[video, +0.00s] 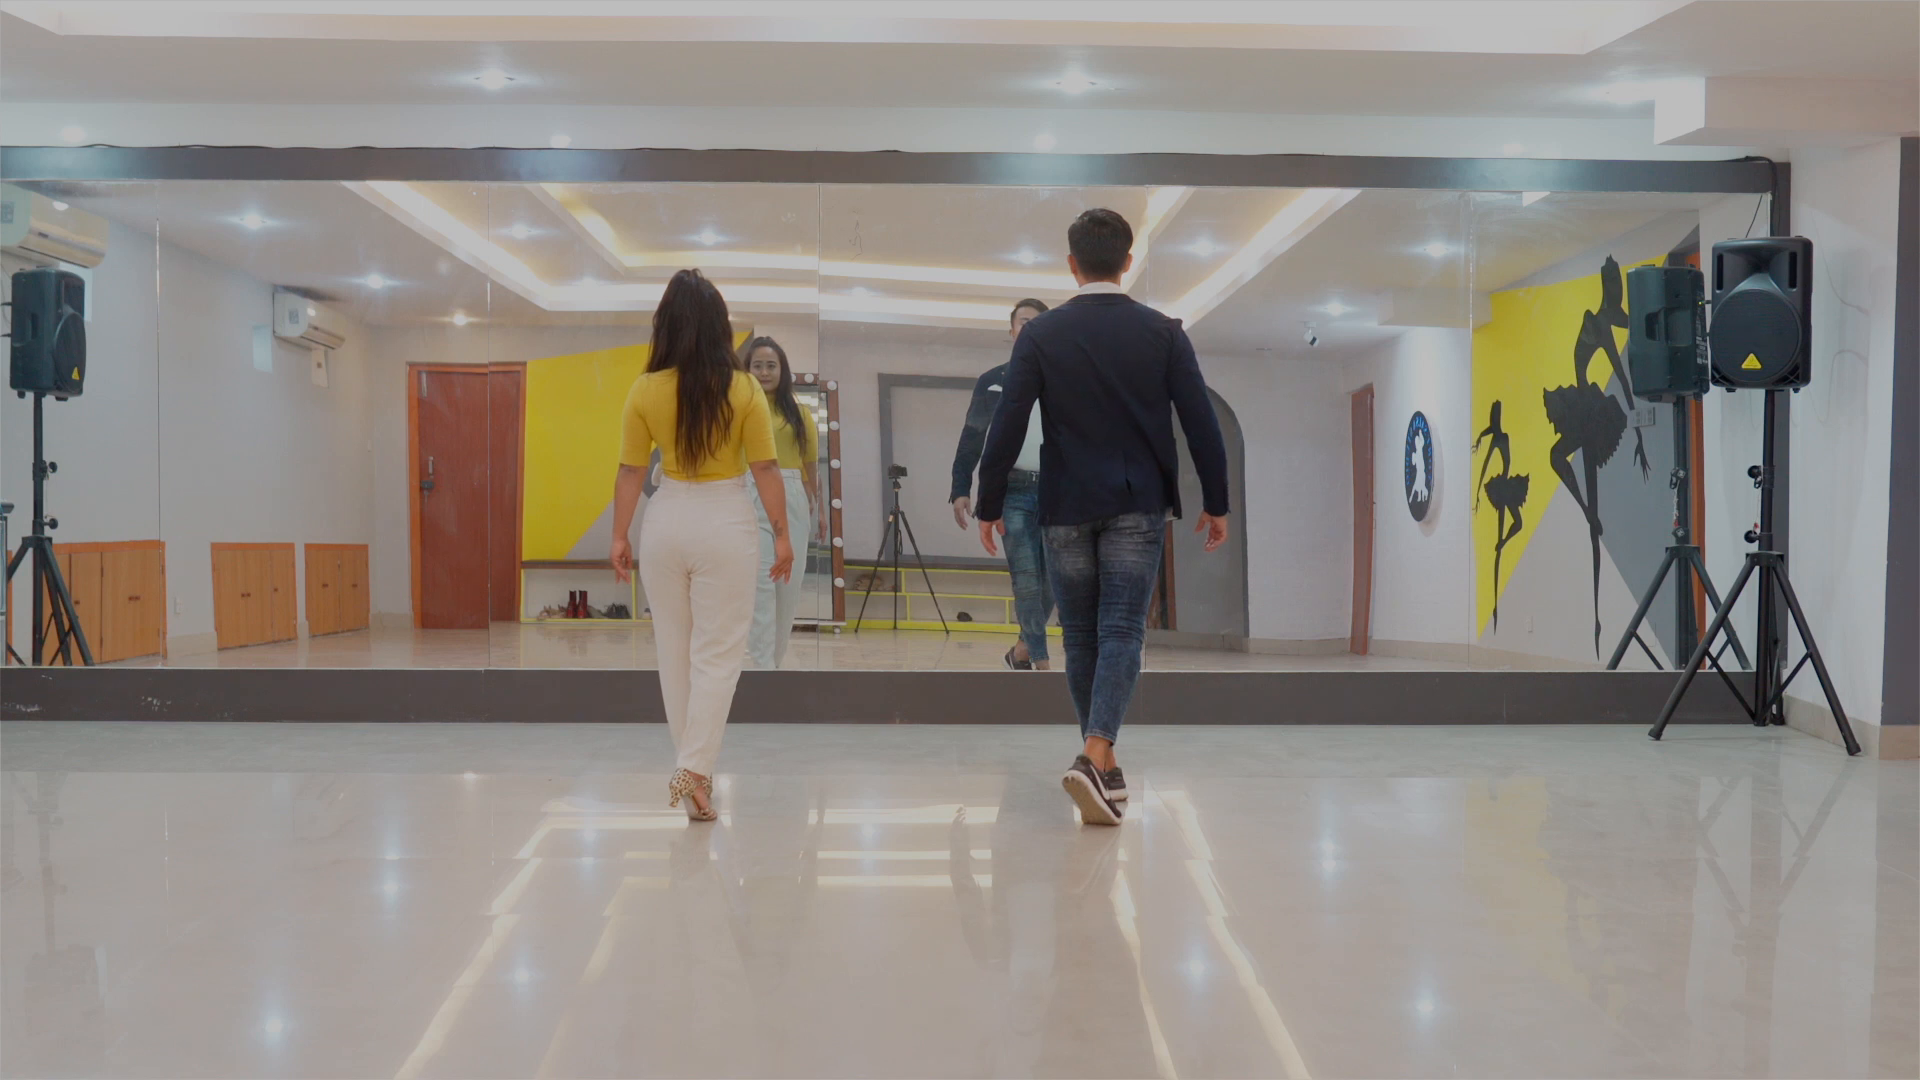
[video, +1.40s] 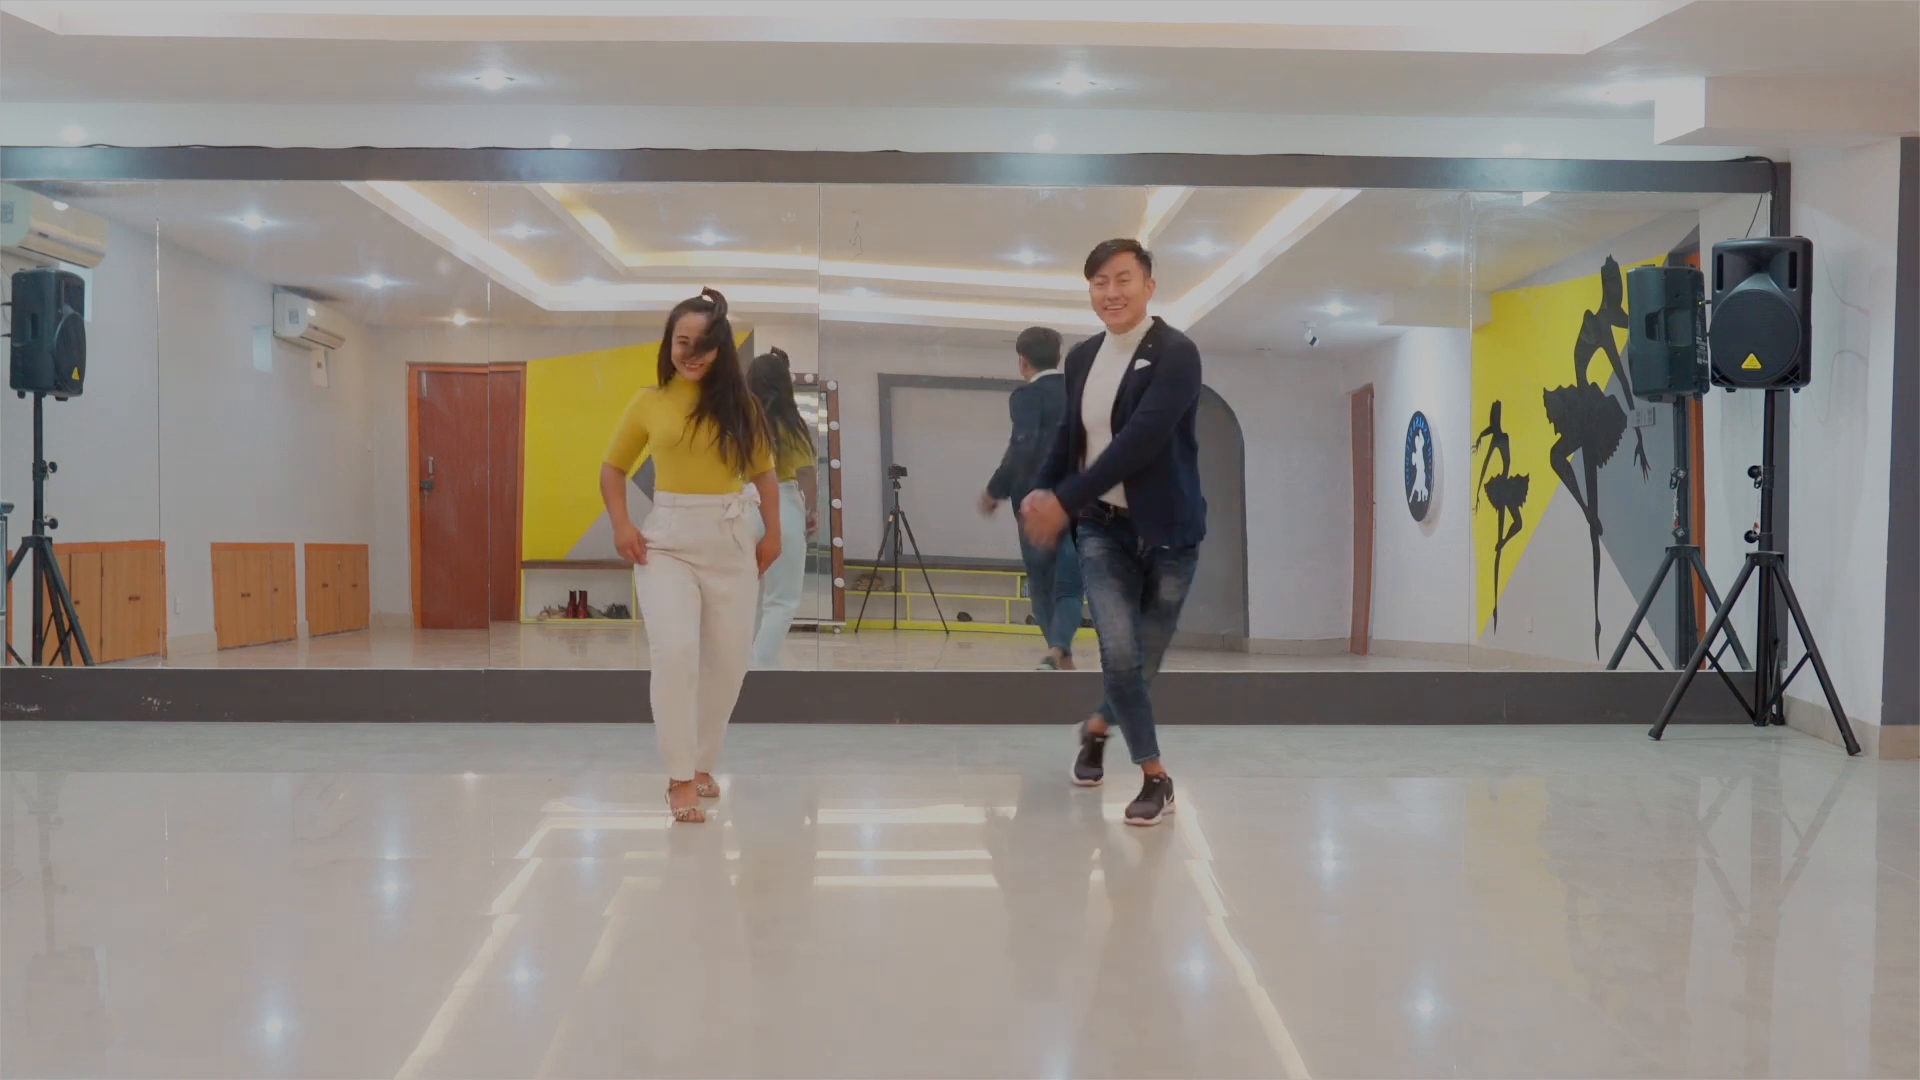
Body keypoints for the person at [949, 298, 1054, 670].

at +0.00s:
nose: (1028, 329)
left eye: (1036, 324)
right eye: (1022, 323)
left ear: (1048, 332)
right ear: (1011, 330)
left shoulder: (1062, 379)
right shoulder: (993, 381)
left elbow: (1077, 434)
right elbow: (972, 436)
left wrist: (1080, 486)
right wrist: (961, 488)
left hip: (1057, 488)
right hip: (1014, 486)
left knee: (1055, 577)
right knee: (1026, 574)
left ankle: (1021, 650)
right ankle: (1041, 661)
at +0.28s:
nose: (1040, 335)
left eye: (1046, 329)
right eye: (1033, 329)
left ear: (1055, 336)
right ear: (1019, 336)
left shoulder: (1069, 383)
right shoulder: (1005, 382)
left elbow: (1084, 438)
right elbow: (973, 436)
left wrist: (1072, 485)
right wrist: (1007, 486)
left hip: (1060, 497)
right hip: (1021, 498)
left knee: (1060, 584)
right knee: (1030, 581)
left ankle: (1026, 649)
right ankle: (1037, 659)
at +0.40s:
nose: (1049, 343)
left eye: (1055, 337)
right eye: (1040, 336)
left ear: (1064, 340)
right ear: (1026, 340)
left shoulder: (1051, 378)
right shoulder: (1028, 380)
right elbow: (1020, 442)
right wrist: (1044, 482)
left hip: (1039, 492)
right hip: (1021, 495)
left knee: (1056, 577)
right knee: (1051, 579)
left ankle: (1018, 654)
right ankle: (1015, 657)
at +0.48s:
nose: (1064, 348)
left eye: (1065, 340)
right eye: (1060, 339)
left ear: (1035, 343)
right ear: (1040, 341)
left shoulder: (1012, 384)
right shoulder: (1048, 385)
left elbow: (995, 438)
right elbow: (1053, 437)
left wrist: (1020, 460)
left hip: (1004, 485)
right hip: (1036, 490)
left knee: (1032, 577)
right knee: (1047, 581)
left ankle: (1022, 655)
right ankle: (1013, 656)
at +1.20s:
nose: (1039, 366)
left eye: (1035, 359)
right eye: (1043, 359)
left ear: (1027, 360)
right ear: (1064, 360)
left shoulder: (1010, 394)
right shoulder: (1075, 396)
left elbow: (977, 437)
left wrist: (981, 493)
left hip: (1023, 504)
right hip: (1069, 504)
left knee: (1040, 588)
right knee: (1061, 589)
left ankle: (1065, 659)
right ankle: (1028, 658)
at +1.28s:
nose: (1020, 365)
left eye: (1021, 360)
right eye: (1022, 359)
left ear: (1027, 362)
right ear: (1061, 361)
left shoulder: (1015, 396)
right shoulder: (1075, 394)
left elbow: (995, 453)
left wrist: (986, 501)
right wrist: (986, 454)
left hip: (1027, 508)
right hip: (1070, 506)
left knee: (1040, 589)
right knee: (1064, 588)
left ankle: (1066, 661)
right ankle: (1036, 657)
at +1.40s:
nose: (1017, 364)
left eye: (1018, 359)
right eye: (1019, 358)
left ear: (1025, 362)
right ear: (1057, 358)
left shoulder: (1025, 396)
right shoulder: (1076, 389)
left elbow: (1023, 447)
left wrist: (994, 490)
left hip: (1034, 500)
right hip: (1074, 498)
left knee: (1041, 580)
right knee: (1070, 581)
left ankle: (1064, 656)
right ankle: (1057, 648)